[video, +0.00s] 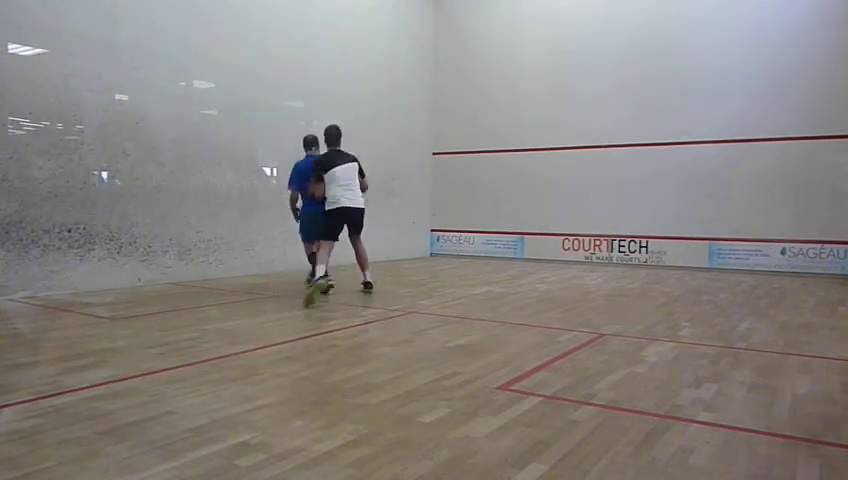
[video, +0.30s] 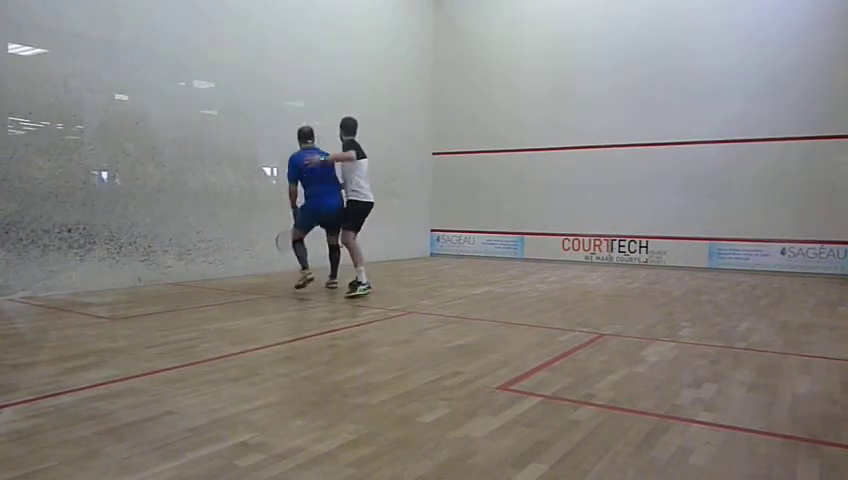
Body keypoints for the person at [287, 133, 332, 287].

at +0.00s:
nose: (313, 149)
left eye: (307, 147)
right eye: (315, 146)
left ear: (304, 148)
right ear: (318, 146)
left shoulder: (300, 166)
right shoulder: (327, 162)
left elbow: (294, 194)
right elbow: (335, 185)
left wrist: (294, 211)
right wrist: (334, 204)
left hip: (308, 209)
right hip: (327, 208)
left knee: (308, 241)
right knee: (324, 241)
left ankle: (315, 268)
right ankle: (322, 273)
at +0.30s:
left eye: (301, 140)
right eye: (309, 138)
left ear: (298, 141)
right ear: (314, 139)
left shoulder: (295, 159)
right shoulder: (326, 155)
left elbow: (293, 190)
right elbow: (333, 181)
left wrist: (294, 209)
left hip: (313, 205)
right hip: (334, 204)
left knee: (297, 237)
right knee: (333, 241)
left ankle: (306, 270)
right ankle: (333, 277)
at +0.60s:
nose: (297, 136)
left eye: (294, 133)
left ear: (293, 134)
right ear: (309, 133)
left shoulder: (288, 155)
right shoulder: (325, 153)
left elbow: (283, 186)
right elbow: (332, 181)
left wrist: (278, 209)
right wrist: (325, 198)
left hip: (301, 208)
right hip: (326, 206)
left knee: (294, 243)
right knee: (327, 239)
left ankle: (303, 283)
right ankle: (330, 279)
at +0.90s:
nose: (296, 129)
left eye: (297, 126)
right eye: (296, 125)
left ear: (300, 126)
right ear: (314, 126)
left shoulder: (295, 146)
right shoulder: (331, 149)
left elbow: (286, 176)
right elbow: (336, 180)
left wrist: (275, 201)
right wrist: (331, 201)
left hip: (301, 203)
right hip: (327, 203)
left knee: (301, 243)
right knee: (324, 242)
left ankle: (303, 284)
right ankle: (327, 284)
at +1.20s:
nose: (296, 120)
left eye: (299, 115)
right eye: (295, 116)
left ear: (311, 117)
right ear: (315, 119)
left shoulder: (306, 137)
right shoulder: (330, 141)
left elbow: (298, 167)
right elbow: (340, 174)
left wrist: (282, 188)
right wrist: (342, 200)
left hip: (310, 198)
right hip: (333, 199)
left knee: (299, 240)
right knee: (329, 243)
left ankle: (311, 285)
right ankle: (327, 291)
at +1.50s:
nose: (290, 115)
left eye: (294, 111)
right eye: (289, 111)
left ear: (305, 114)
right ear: (307, 116)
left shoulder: (304, 135)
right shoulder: (318, 136)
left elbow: (302, 166)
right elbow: (333, 170)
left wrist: (285, 188)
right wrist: (337, 197)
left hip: (310, 198)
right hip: (326, 196)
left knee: (315, 244)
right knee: (324, 242)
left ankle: (335, 295)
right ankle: (329, 287)